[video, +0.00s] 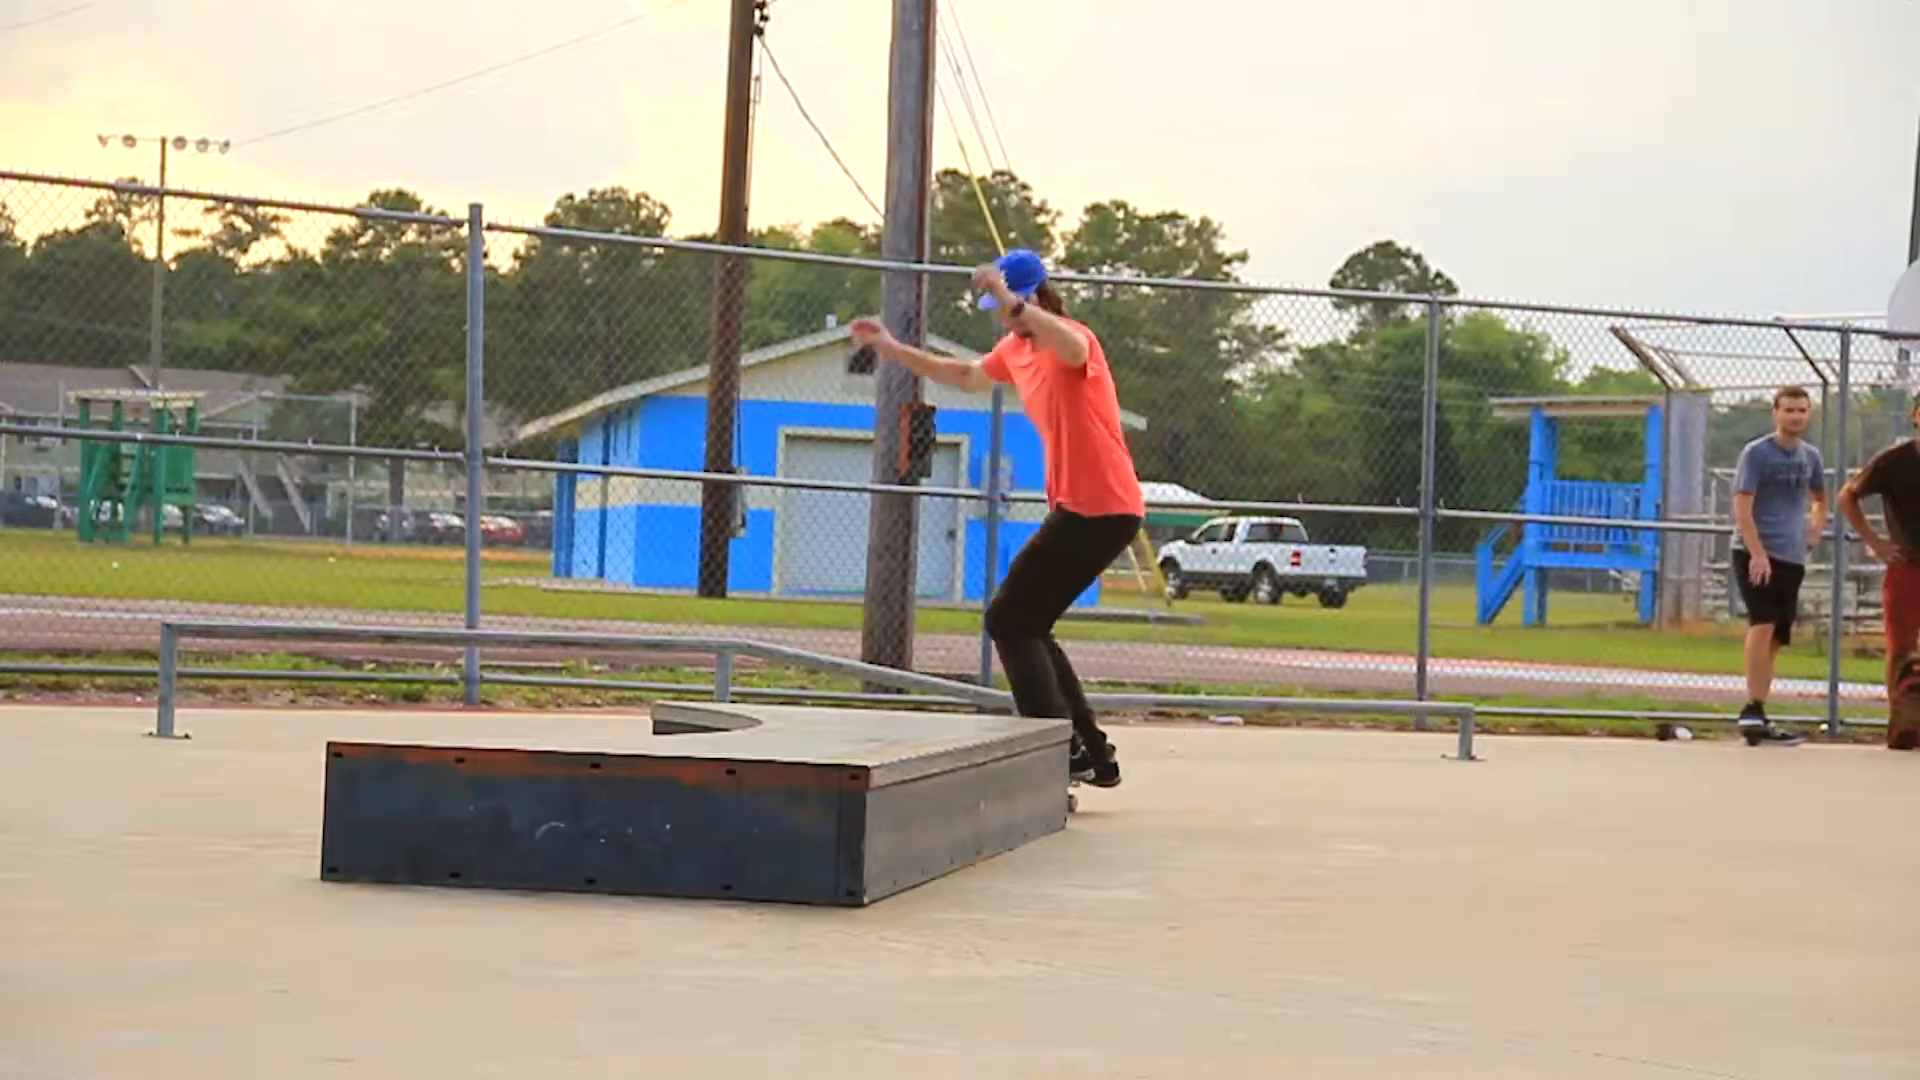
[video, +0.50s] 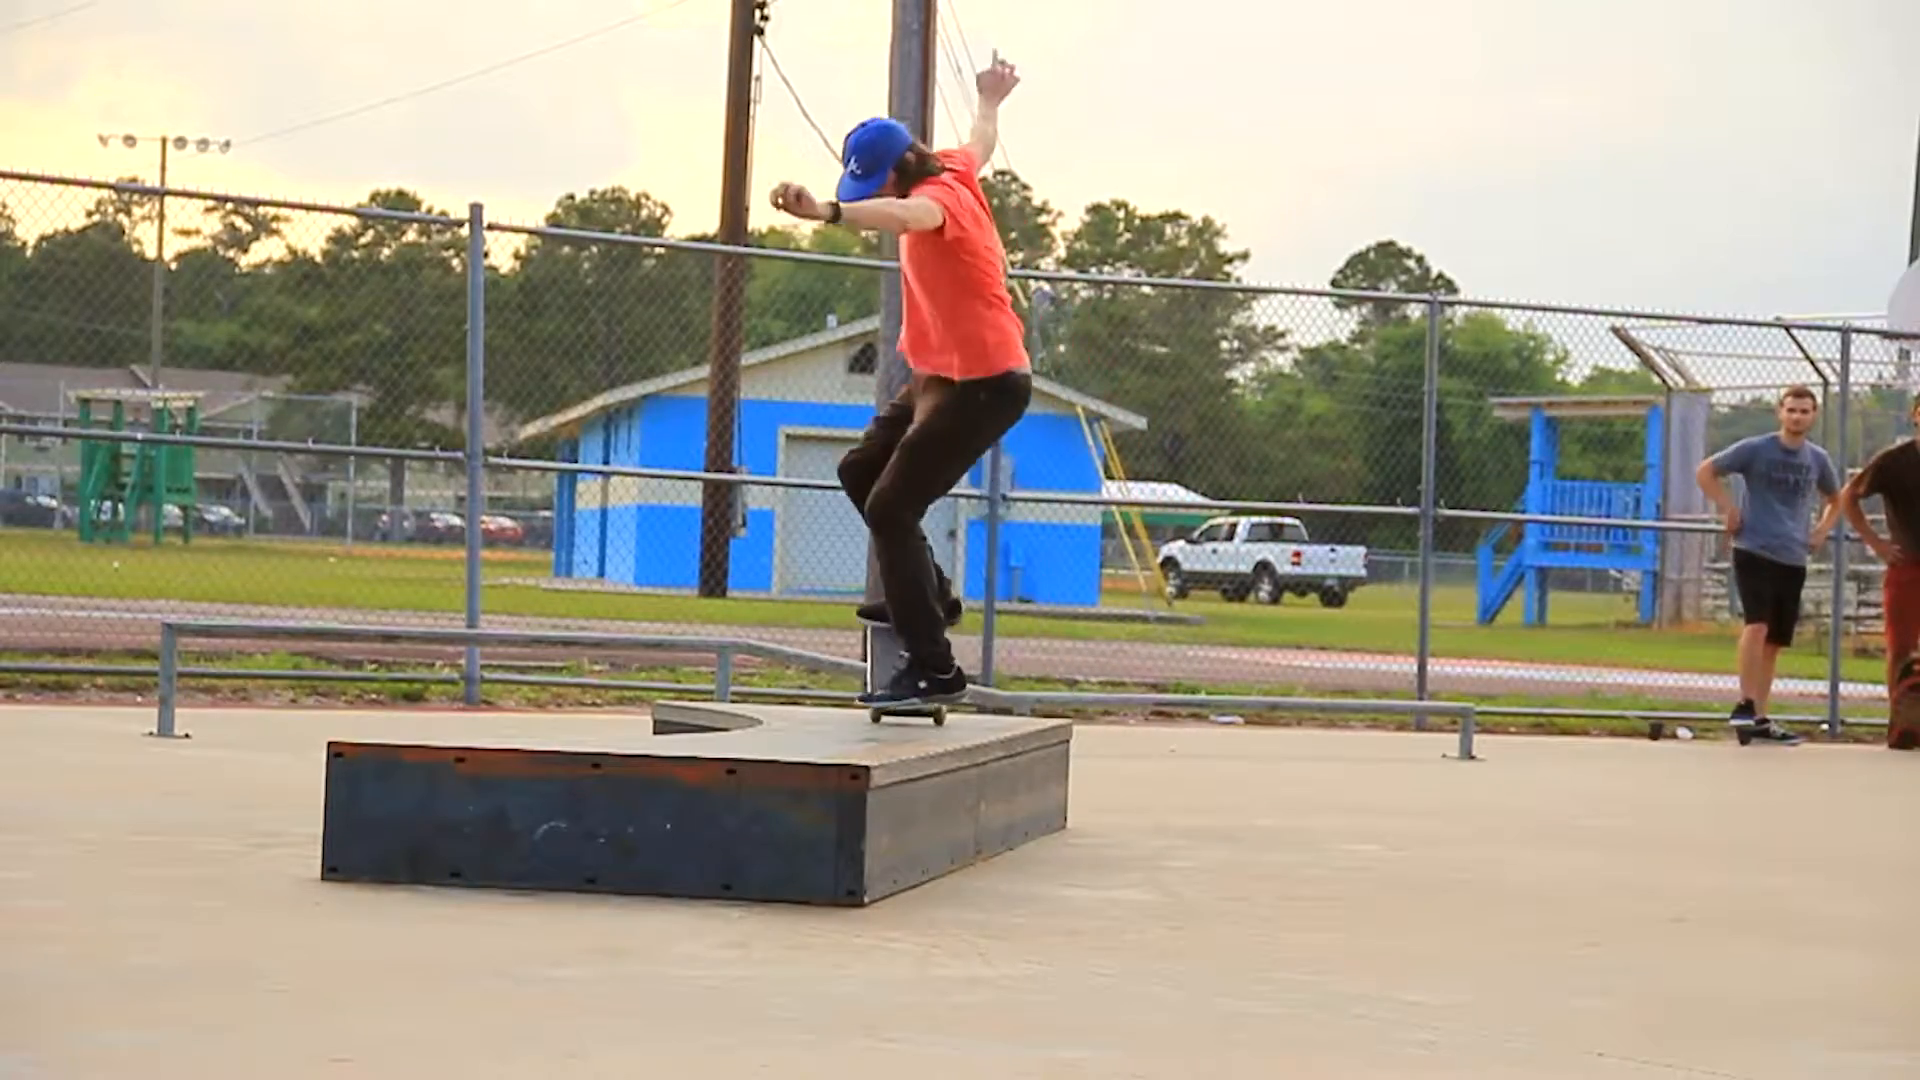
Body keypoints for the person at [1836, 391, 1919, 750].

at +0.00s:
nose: (1919, 420)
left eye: (1917, 414)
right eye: (1918, 414)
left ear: (1914, 417)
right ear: (1914, 417)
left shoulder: (1901, 457)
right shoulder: (1899, 457)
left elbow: (1847, 497)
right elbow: (1847, 496)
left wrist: (1874, 542)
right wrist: (1873, 542)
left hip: (1909, 568)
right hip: (1906, 566)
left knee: (1904, 648)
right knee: (1902, 648)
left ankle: (1905, 724)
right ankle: (1900, 724)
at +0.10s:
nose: (1919, 419)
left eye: (1917, 413)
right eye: (1918, 413)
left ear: (1913, 417)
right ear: (1914, 417)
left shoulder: (1901, 456)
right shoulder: (1900, 457)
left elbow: (1847, 498)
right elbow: (1847, 497)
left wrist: (1874, 541)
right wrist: (1874, 542)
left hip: (1909, 568)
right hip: (1906, 566)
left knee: (1905, 648)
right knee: (1902, 648)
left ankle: (1905, 726)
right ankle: (1901, 725)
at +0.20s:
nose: (1919, 421)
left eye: (1917, 414)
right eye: (1918, 415)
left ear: (1914, 417)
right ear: (1914, 417)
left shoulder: (1900, 457)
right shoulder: (1899, 458)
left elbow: (1848, 497)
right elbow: (1847, 497)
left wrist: (1875, 543)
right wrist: (1875, 543)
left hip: (1909, 570)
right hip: (1907, 567)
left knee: (1904, 650)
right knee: (1902, 650)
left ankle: (1904, 726)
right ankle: (1901, 726)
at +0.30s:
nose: (1919, 420)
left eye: (1919, 414)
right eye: (1919, 414)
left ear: (1914, 417)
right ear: (1914, 417)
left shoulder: (1900, 457)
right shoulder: (1899, 458)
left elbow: (1849, 496)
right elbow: (1848, 496)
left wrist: (1876, 543)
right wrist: (1875, 543)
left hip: (1909, 569)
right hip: (1907, 567)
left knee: (1904, 650)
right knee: (1902, 650)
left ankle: (1905, 727)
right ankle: (1901, 726)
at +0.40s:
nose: (1919, 419)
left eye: (1919, 413)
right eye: (1919, 413)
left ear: (1914, 416)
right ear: (1914, 416)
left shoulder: (1900, 457)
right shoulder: (1899, 458)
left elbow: (1849, 496)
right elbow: (1849, 496)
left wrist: (1876, 543)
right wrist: (1875, 543)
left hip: (1909, 569)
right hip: (1907, 567)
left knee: (1904, 650)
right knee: (1902, 651)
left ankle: (1905, 727)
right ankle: (1902, 727)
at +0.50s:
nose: (1919, 419)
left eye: (1919, 413)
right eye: (1919, 413)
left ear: (1914, 416)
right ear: (1914, 416)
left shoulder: (1900, 457)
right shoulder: (1899, 458)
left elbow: (1849, 496)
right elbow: (1849, 496)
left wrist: (1876, 543)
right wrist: (1875, 543)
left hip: (1909, 569)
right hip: (1907, 567)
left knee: (1904, 650)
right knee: (1902, 650)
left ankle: (1905, 727)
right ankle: (1902, 726)